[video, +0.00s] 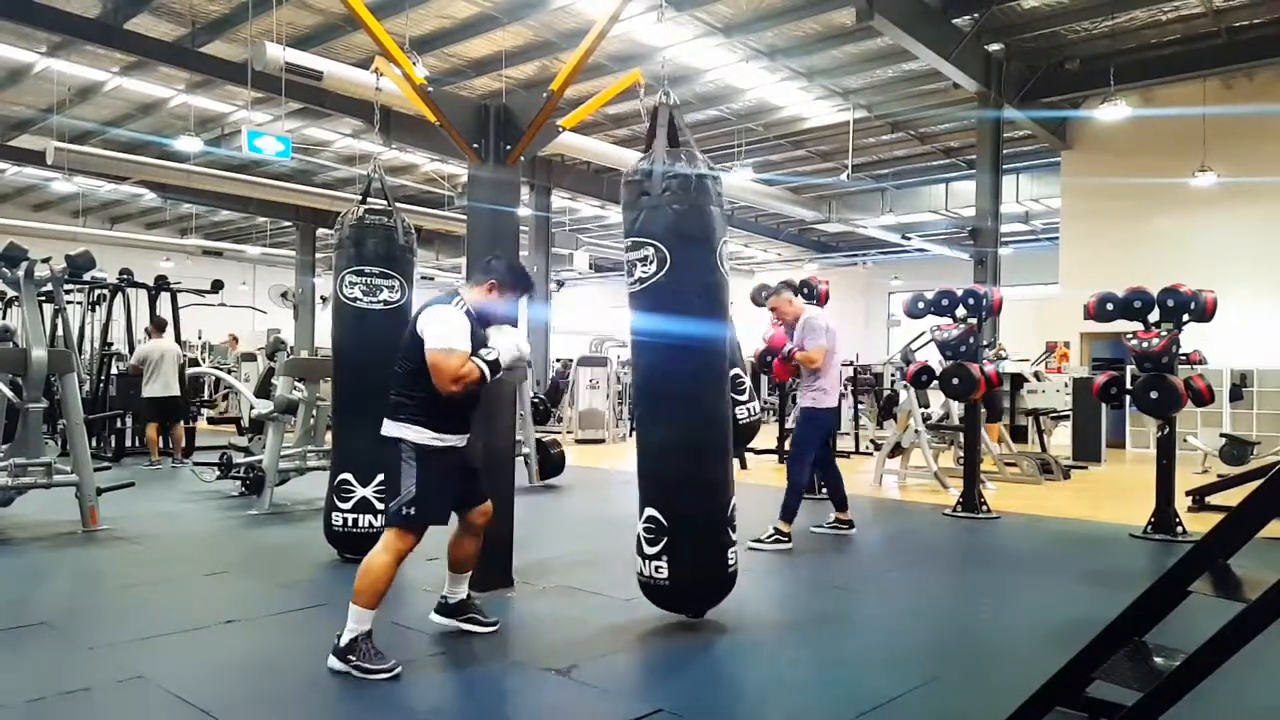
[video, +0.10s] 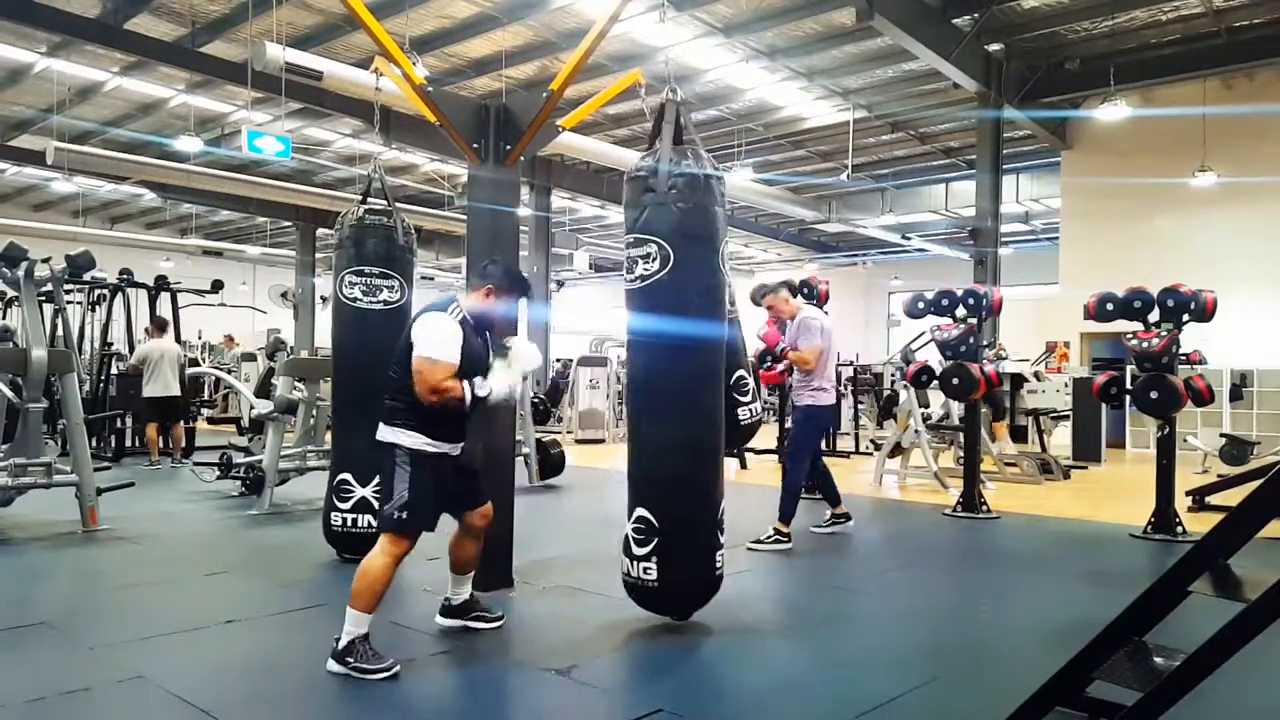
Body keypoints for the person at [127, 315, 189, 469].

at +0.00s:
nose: (149, 329)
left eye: (150, 327)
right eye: (151, 327)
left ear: (151, 329)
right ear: (165, 330)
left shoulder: (144, 348)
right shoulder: (175, 347)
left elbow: (132, 369)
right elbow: (180, 364)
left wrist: (148, 370)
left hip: (151, 393)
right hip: (173, 392)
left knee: (152, 424)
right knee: (176, 424)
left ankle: (154, 459)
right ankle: (177, 457)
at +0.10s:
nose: (150, 330)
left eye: (151, 328)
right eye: (152, 328)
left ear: (152, 329)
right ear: (166, 330)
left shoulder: (145, 348)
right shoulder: (175, 347)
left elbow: (132, 368)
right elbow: (180, 365)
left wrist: (148, 370)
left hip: (151, 392)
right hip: (173, 391)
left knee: (152, 424)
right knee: (176, 424)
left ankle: (154, 459)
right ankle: (177, 457)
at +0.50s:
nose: (165, 332)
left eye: (165, 329)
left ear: (164, 330)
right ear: (178, 331)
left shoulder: (153, 347)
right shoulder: (184, 348)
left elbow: (143, 363)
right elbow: (192, 364)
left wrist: (155, 367)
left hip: (159, 392)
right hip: (180, 391)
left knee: (155, 424)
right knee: (178, 424)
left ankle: (155, 458)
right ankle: (177, 457)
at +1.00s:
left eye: (183, 331)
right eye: (197, 334)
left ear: (183, 331)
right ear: (197, 334)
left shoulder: (169, 348)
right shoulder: (201, 351)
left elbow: (161, 366)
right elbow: (208, 372)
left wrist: (169, 374)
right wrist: (206, 387)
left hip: (173, 391)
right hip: (192, 391)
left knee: (175, 423)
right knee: (187, 424)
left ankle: (178, 454)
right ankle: (178, 456)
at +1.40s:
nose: (191, 335)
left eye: (188, 332)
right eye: (199, 332)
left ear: (187, 333)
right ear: (201, 333)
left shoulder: (178, 351)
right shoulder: (208, 349)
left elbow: (171, 370)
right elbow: (216, 367)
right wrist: (211, 381)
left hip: (187, 392)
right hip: (205, 391)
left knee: (189, 424)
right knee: (206, 423)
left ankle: (193, 451)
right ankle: (189, 445)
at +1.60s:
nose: (199, 335)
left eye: (194, 333)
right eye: (203, 333)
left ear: (191, 333)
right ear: (206, 333)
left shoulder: (182, 352)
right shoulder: (213, 349)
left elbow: (177, 374)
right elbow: (221, 370)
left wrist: (180, 392)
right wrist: (221, 388)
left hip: (190, 393)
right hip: (210, 392)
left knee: (193, 423)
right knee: (216, 423)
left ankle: (195, 452)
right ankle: (212, 448)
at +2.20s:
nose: (214, 337)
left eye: (214, 335)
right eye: (217, 335)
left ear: (215, 335)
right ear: (228, 336)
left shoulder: (206, 350)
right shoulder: (235, 352)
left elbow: (194, 369)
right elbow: (243, 374)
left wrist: (190, 386)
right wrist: (242, 389)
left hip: (211, 393)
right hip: (229, 393)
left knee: (212, 422)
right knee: (228, 422)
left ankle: (212, 447)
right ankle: (225, 449)